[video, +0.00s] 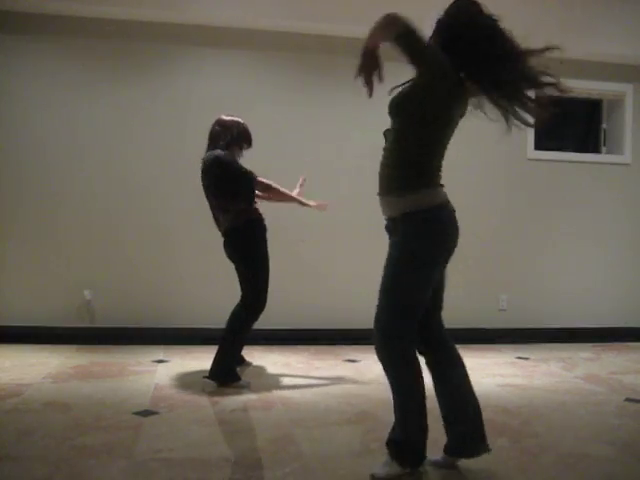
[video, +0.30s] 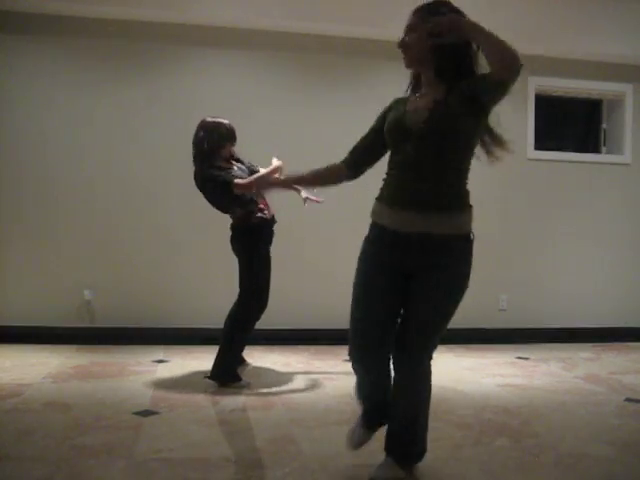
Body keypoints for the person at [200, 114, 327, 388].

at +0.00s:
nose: (243, 150)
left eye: (244, 145)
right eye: (241, 144)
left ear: (219, 137)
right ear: (231, 139)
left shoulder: (213, 162)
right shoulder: (223, 162)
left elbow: (254, 190)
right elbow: (262, 187)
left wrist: (289, 192)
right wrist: (303, 202)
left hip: (237, 236)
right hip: (247, 235)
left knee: (251, 298)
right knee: (254, 301)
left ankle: (231, 354)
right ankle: (222, 370)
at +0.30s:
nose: (233, 149)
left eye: (233, 143)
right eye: (228, 144)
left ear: (231, 144)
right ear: (213, 146)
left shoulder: (231, 162)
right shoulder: (208, 175)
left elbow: (263, 178)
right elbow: (244, 187)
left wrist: (297, 187)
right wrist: (272, 170)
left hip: (258, 233)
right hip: (247, 236)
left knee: (255, 300)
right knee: (250, 301)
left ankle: (231, 355)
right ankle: (224, 369)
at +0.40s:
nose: (229, 151)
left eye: (229, 146)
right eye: (226, 146)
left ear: (209, 146)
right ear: (214, 146)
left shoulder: (220, 167)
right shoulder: (211, 171)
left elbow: (262, 176)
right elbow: (247, 184)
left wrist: (300, 176)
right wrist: (261, 169)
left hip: (257, 235)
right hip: (251, 239)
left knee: (253, 299)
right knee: (252, 301)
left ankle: (231, 353)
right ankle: (222, 371)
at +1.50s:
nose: (179, 181)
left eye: (174, 183)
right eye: (176, 190)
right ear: (183, 201)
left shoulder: (208, 191)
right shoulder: (205, 205)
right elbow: (207, 244)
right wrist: (244, 248)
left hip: (272, 235)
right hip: (268, 240)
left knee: (255, 306)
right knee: (253, 308)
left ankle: (231, 352)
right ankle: (221, 372)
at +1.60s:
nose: (178, 181)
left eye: (173, 183)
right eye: (175, 190)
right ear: (183, 202)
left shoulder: (206, 190)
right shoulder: (204, 204)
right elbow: (209, 242)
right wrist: (244, 246)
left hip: (271, 234)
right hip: (267, 239)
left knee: (254, 304)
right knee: (252, 306)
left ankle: (230, 353)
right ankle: (221, 372)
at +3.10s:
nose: (257, 114)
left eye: (258, 110)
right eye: (251, 109)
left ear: (255, 116)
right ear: (235, 112)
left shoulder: (260, 146)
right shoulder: (209, 142)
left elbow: (289, 166)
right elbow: (163, 150)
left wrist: (323, 148)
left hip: (259, 232)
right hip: (227, 232)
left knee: (252, 300)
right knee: (190, 284)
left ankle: (246, 371)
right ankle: (232, 327)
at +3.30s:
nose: (248, 115)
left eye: (250, 110)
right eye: (243, 109)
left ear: (248, 113)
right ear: (225, 109)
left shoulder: (252, 138)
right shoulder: (198, 133)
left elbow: (295, 136)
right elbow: (156, 122)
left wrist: (293, 114)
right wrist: (162, 96)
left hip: (255, 224)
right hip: (222, 225)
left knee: (251, 295)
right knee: (188, 282)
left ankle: (244, 368)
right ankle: (189, 357)